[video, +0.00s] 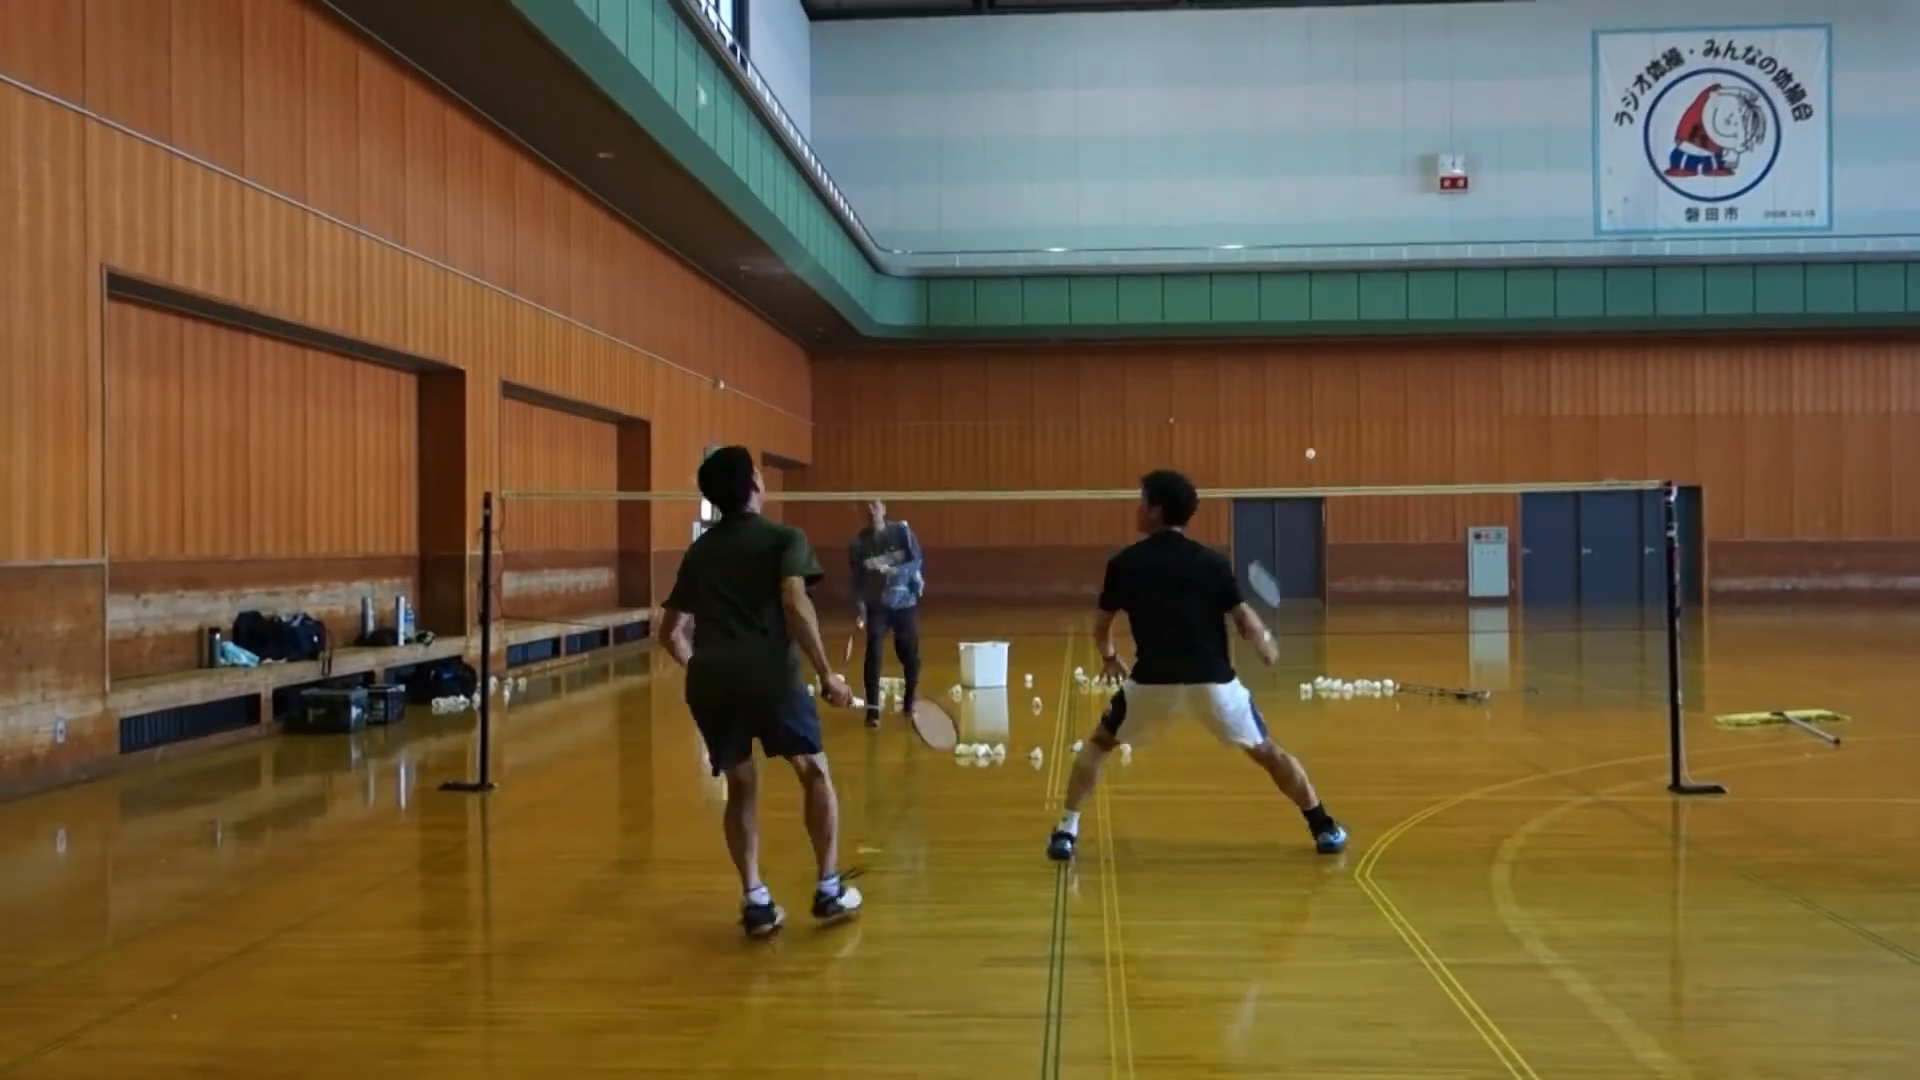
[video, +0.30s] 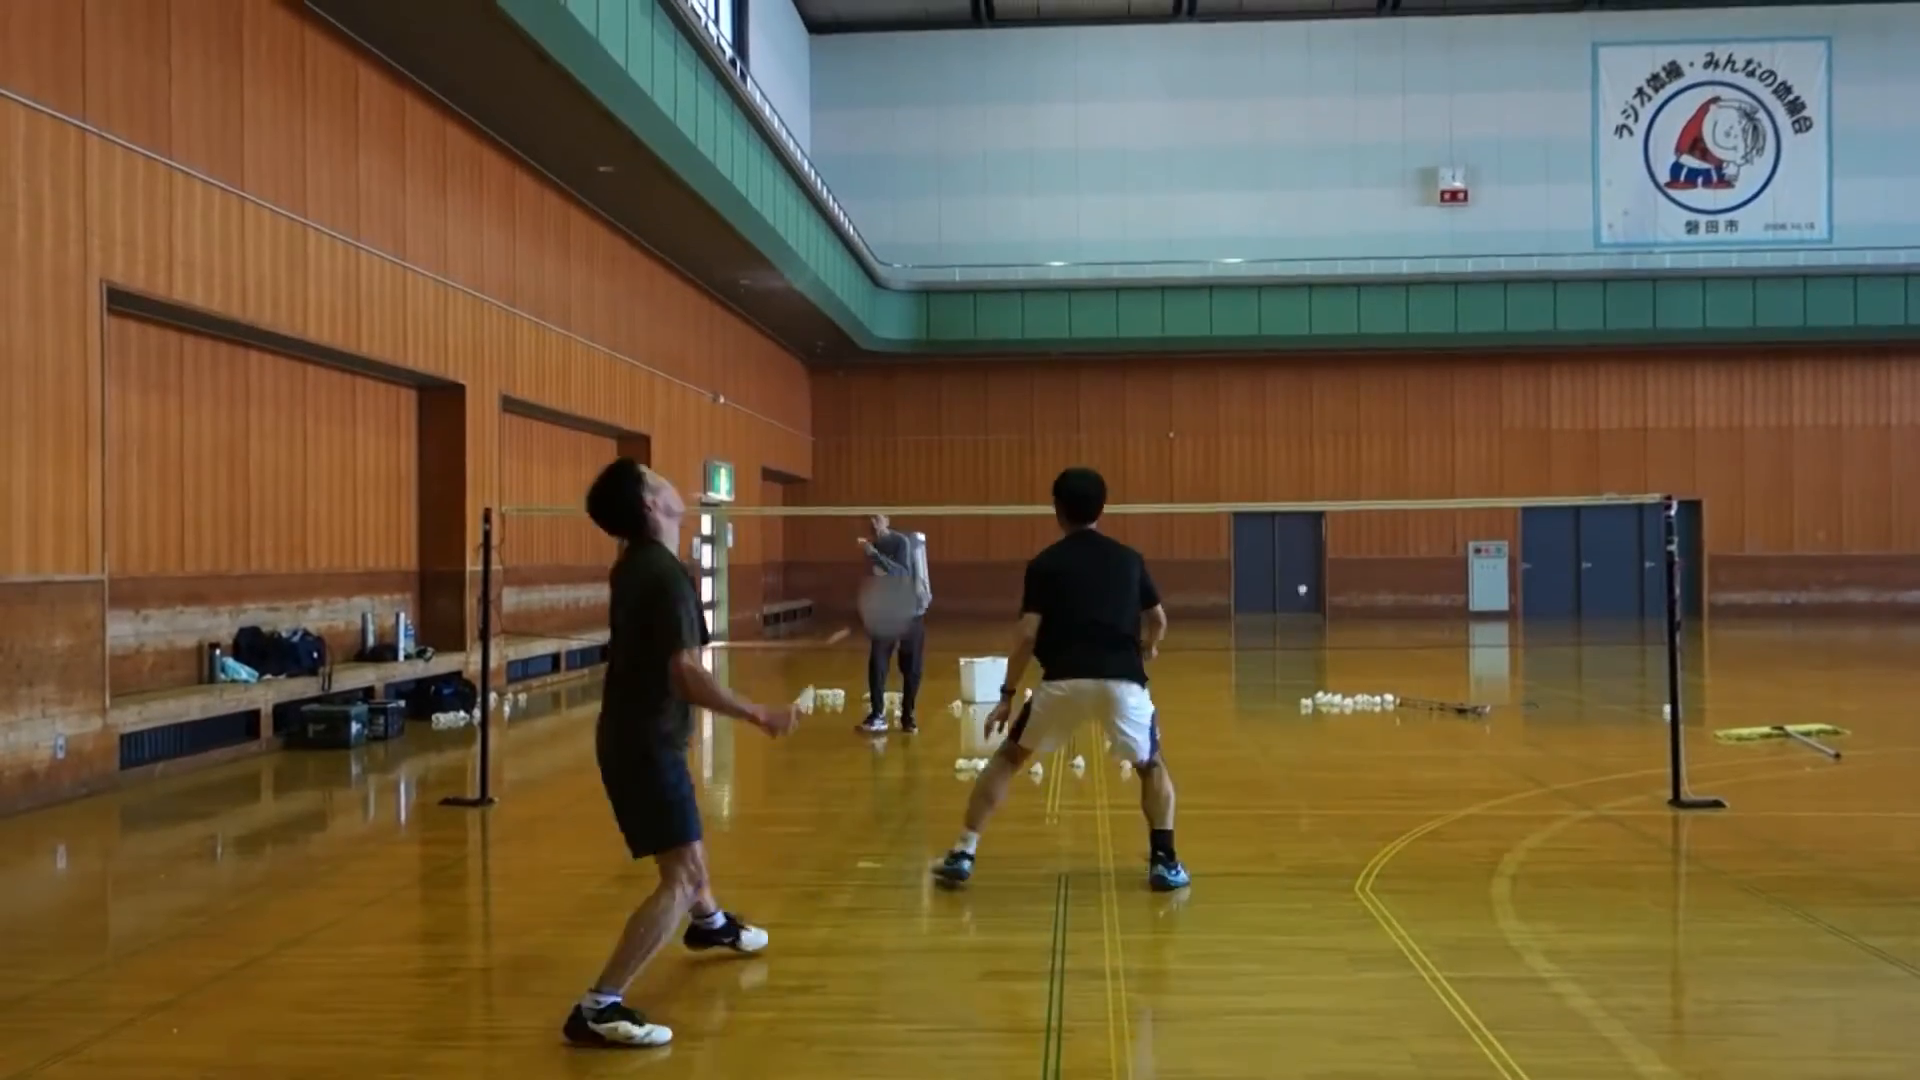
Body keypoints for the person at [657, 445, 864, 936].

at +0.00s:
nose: (764, 482)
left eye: (759, 474)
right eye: (760, 475)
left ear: (711, 497)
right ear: (754, 487)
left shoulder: (699, 552)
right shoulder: (784, 539)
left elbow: (667, 631)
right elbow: (795, 603)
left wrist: (698, 666)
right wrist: (827, 673)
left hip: (708, 679)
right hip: (771, 675)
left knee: (740, 785)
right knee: (814, 774)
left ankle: (754, 897)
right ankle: (828, 887)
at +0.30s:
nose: (672, 487)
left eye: (662, 480)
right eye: (662, 484)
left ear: (637, 514)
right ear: (654, 506)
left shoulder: (636, 563)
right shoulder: (665, 575)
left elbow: (645, 656)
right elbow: (686, 674)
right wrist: (759, 714)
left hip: (637, 730)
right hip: (645, 739)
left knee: (681, 830)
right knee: (680, 876)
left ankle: (707, 919)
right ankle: (600, 1003)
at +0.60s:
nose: (469, 335)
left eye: (457, 327)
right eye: (454, 332)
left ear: (430, 370)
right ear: (446, 358)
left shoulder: (447, 438)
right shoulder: (498, 404)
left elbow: (504, 515)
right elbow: (561, 379)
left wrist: (587, 536)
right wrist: (498, 310)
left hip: (514, 610)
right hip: (583, 600)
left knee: (472, 760)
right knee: (624, 758)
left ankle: (392, 887)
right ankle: (645, 907)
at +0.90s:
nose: (320, 528)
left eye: (309, 522)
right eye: (312, 521)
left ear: (238, 554)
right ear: (300, 533)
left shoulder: (218, 654)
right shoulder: (351, 579)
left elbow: (246, 772)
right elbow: (473, 604)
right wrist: (548, 645)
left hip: (293, 831)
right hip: (386, 791)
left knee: (201, 1012)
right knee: (569, 827)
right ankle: (719, 888)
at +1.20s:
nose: (379, 552)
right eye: (375, 546)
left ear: (301, 578)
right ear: (373, 556)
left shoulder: (289, 659)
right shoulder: (445, 629)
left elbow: (250, 794)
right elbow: (514, 734)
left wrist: (268, 865)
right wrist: (520, 831)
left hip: (365, 848)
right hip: (476, 833)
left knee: (239, 996)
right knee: (561, 992)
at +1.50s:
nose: (505, 566)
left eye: (417, 565)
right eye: (501, 556)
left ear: (420, 573)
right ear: (495, 567)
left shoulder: (393, 632)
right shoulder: (534, 640)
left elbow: (260, 624)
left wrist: (176, 602)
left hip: (465, 850)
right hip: (558, 833)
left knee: (428, 1047)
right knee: (584, 891)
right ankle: (583, 1031)